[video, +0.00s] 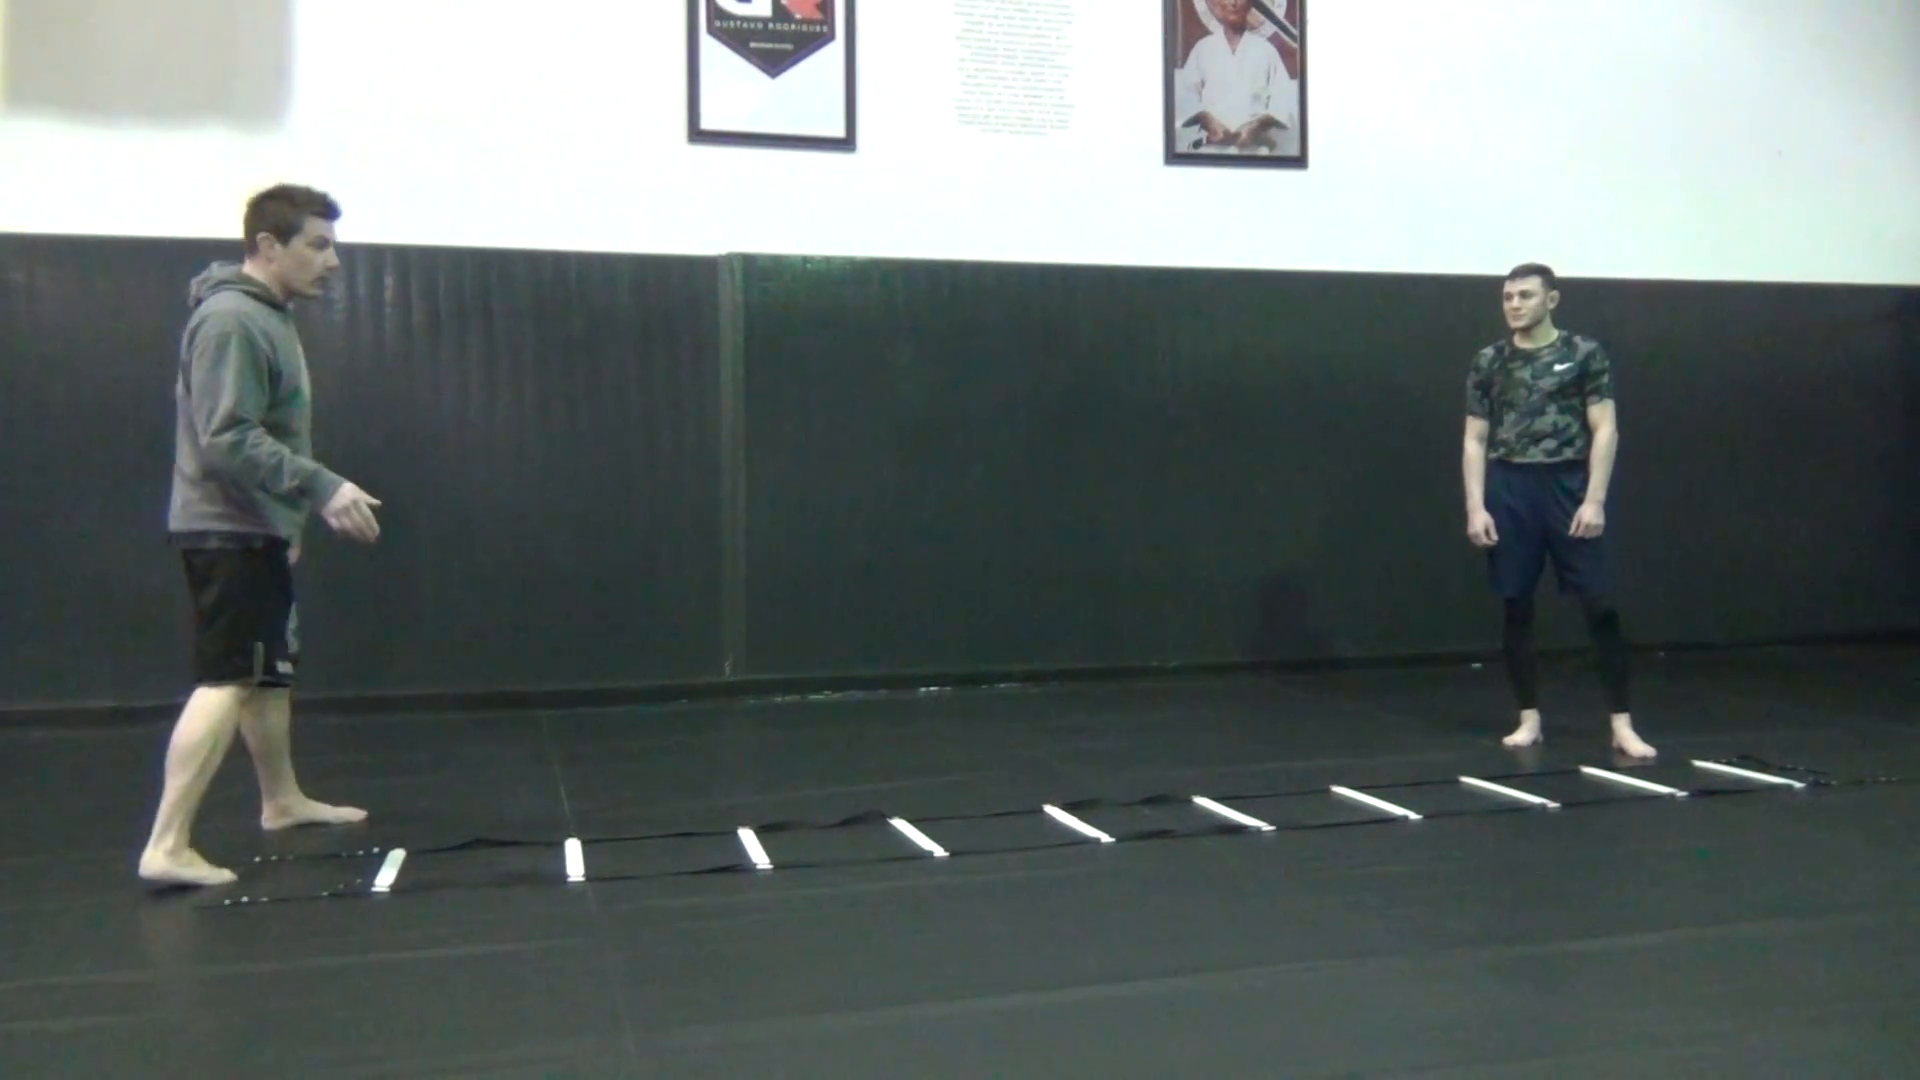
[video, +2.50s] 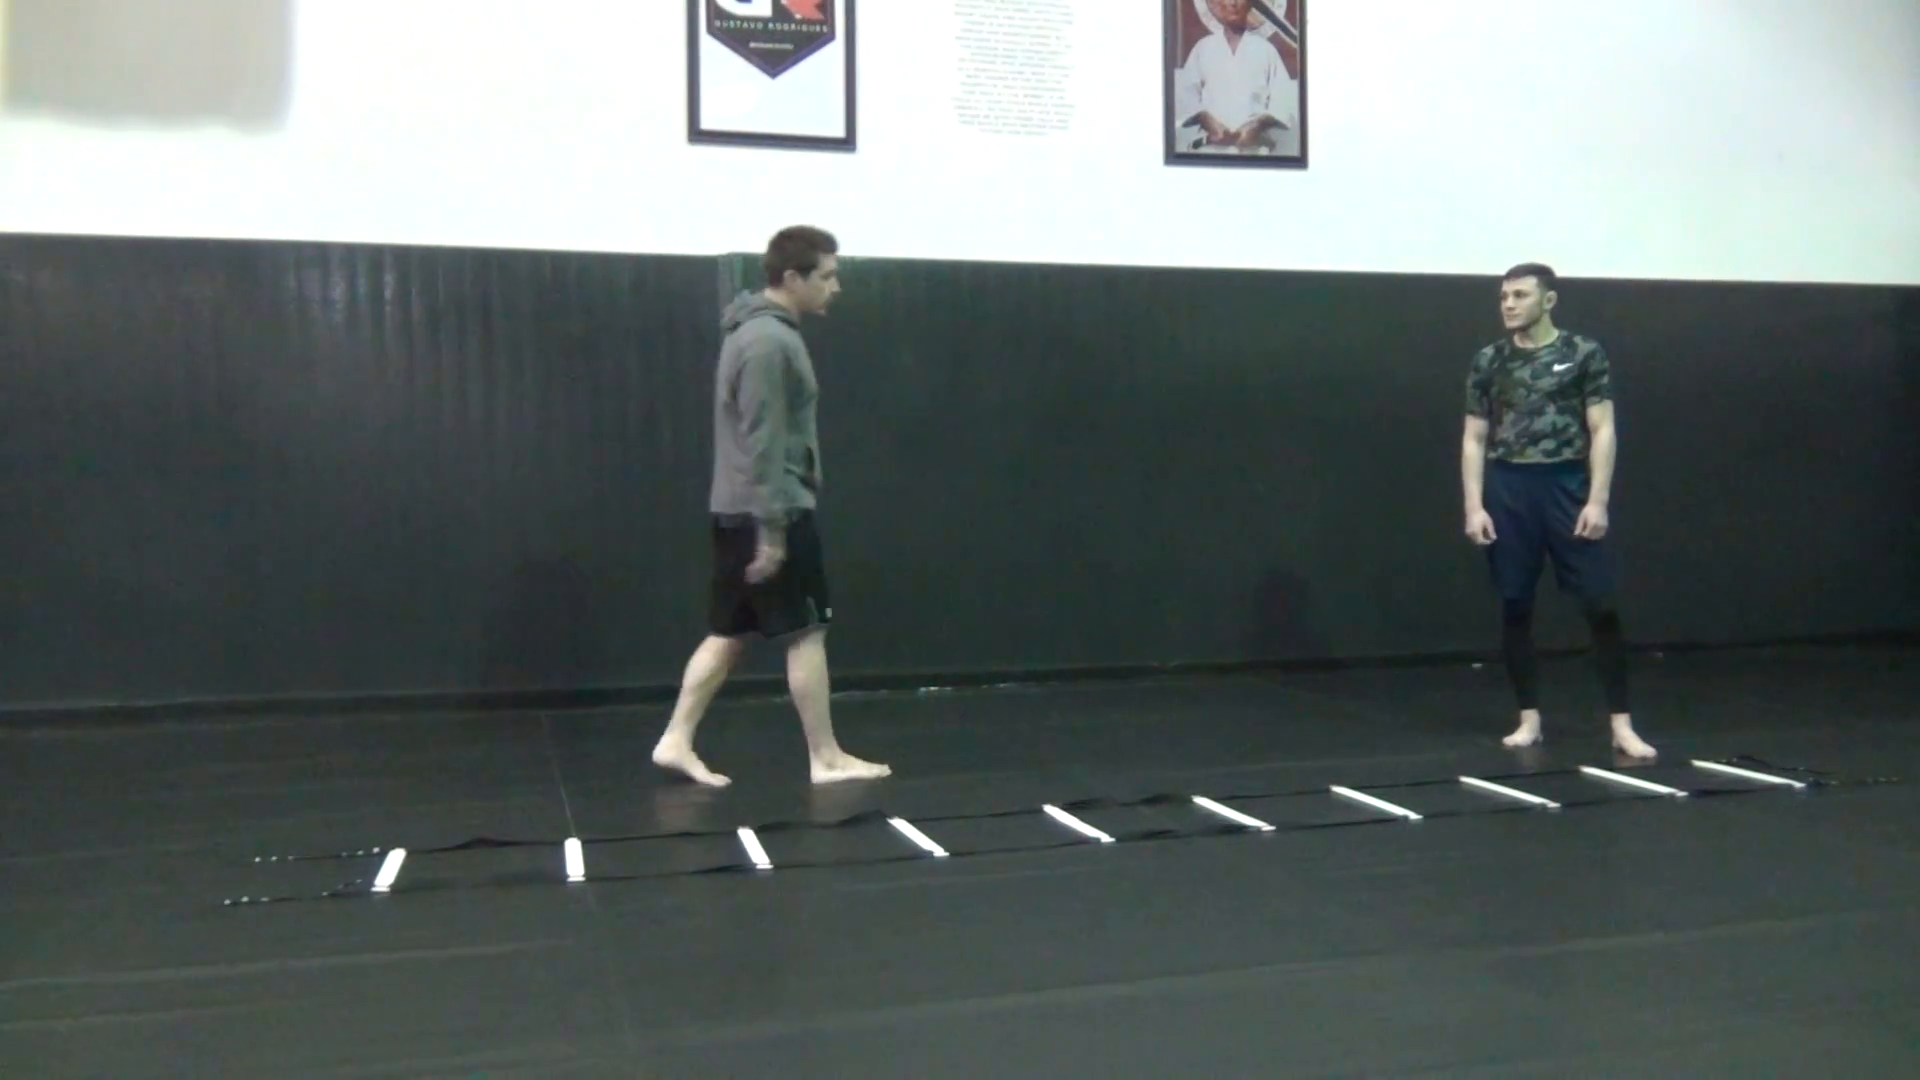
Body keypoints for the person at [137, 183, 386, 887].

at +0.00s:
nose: (332, 262)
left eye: (333, 247)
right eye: (320, 247)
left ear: (277, 250)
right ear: (267, 246)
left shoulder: (266, 315)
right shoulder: (230, 320)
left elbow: (265, 432)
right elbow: (227, 438)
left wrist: (293, 519)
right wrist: (322, 488)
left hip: (255, 529)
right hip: (222, 530)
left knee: (267, 672)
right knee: (227, 679)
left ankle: (283, 802)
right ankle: (166, 847)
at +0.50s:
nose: (396, 260)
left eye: (396, 247)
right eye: (384, 246)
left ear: (342, 249)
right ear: (337, 245)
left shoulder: (331, 312)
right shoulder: (312, 315)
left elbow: (339, 428)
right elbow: (303, 421)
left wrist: (389, 504)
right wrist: (385, 474)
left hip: (294, 513)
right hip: (324, 512)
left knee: (289, 655)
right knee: (398, 634)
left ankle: (282, 795)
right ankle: (367, 785)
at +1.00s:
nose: (495, 262)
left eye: (495, 250)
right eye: (482, 251)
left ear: (444, 255)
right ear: (438, 254)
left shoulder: (439, 319)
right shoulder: (421, 327)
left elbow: (450, 430)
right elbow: (447, 434)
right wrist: (541, 457)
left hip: (433, 517)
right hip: (439, 521)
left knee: (408, 650)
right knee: (459, 655)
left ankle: (327, 755)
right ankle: (474, 791)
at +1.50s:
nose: (587, 271)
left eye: (587, 259)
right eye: (575, 259)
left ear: (550, 264)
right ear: (530, 261)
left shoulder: (556, 327)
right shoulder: (502, 329)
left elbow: (571, 432)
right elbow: (519, 423)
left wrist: (597, 501)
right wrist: (598, 382)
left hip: (567, 510)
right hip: (524, 513)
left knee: (592, 632)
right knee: (510, 645)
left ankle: (628, 748)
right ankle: (475, 786)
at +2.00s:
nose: (710, 282)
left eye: (710, 270)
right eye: (700, 270)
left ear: (675, 273)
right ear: (658, 270)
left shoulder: (685, 338)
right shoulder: (619, 336)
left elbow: (713, 431)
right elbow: (629, 433)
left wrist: (743, 502)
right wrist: (692, 473)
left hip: (688, 501)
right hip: (650, 505)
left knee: (672, 628)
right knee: (686, 622)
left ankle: (665, 756)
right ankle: (577, 724)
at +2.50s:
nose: (835, 287)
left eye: (835, 276)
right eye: (827, 276)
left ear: (787, 278)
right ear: (791, 277)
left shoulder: (750, 334)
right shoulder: (770, 342)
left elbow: (755, 436)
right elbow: (765, 442)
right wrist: (771, 529)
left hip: (739, 508)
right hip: (775, 510)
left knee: (728, 633)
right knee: (807, 633)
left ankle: (675, 742)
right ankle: (827, 758)